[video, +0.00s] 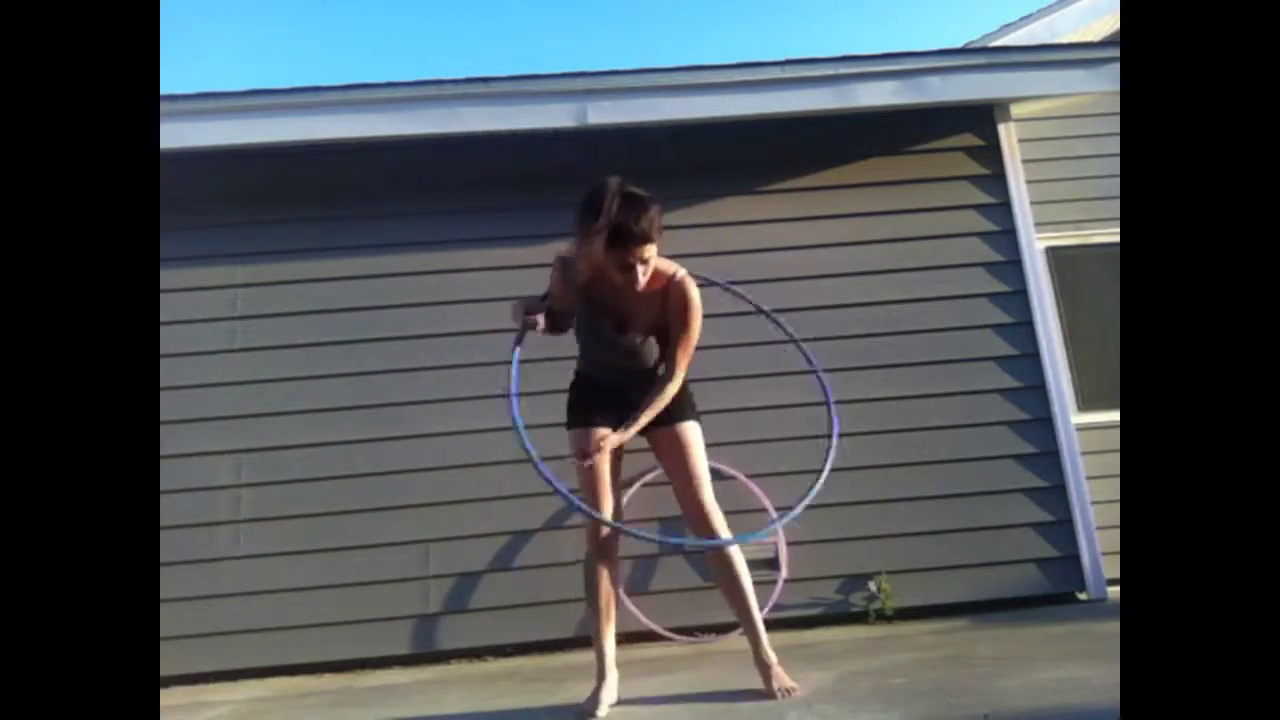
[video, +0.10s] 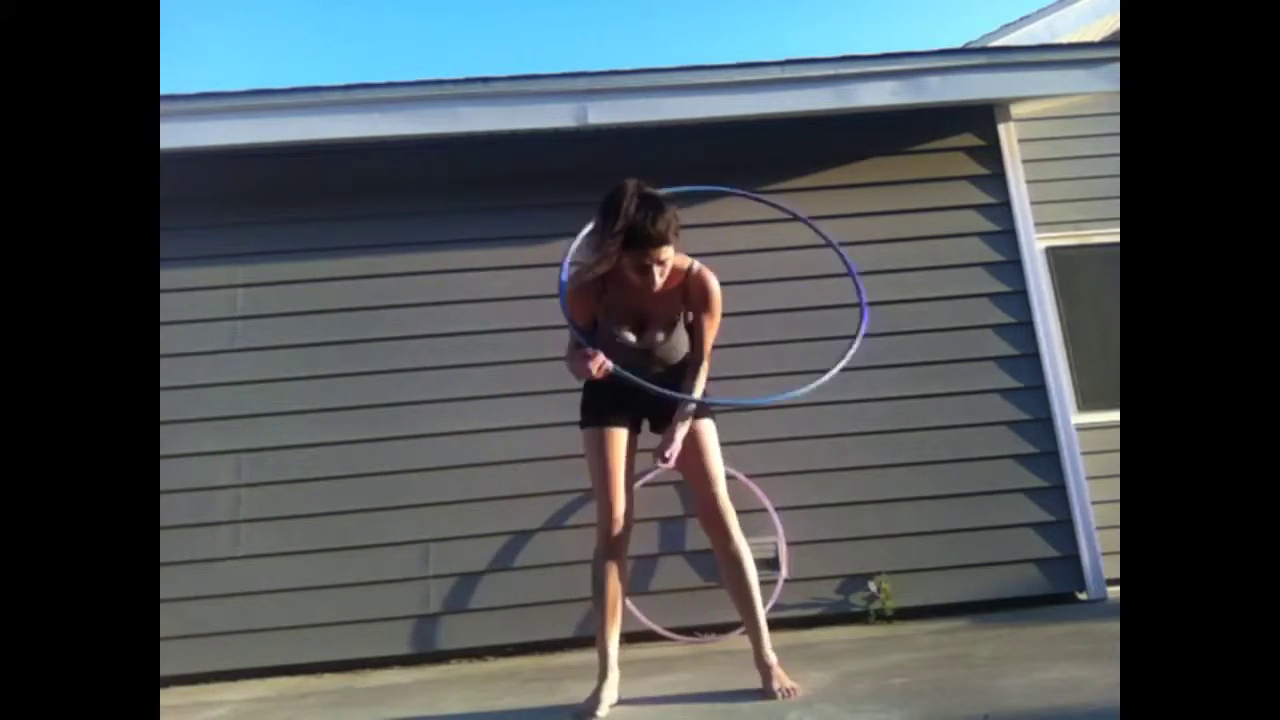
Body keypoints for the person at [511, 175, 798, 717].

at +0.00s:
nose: (640, 272)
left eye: (648, 260)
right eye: (628, 263)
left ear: (660, 244)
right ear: (603, 247)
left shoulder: (680, 290)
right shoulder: (575, 267)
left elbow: (674, 378)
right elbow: (559, 320)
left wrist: (626, 432)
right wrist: (535, 316)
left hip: (661, 387)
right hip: (596, 390)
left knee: (705, 515)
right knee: (602, 532)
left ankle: (765, 655)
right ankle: (606, 676)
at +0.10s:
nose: (656, 273)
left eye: (664, 261)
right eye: (645, 264)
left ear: (676, 245)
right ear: (620, 253)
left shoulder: (698, 283)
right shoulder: (588, 290)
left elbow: (700, 362)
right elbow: (576, 355)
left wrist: (681, 425)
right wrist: (585, 367)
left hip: (679, 383)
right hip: (612, 385)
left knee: (721, 516)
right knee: (613, 527)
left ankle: (766, 657)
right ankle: (608, 676)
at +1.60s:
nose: (613, 197)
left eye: (611, 187)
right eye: (608, 188)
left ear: (563, 192)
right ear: (587, 194)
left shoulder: (533, 239)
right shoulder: (596, 243)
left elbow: (557, 319)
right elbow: (614, 331)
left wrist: (611, 360)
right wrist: (649, 385)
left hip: (521, 385)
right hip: (564, 384)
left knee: (579, 531)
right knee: (597, 537)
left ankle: (569, 669)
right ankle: (550, 681)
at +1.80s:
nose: (593, 219)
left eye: (596, 209)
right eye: (586, 208)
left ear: (581, 207)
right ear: (552, 203)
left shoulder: (574, 253)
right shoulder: (531, 249)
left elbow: (604, 331)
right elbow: (546, 339)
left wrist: (646, 393)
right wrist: (590, 404)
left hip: (563, 392)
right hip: (527, 396)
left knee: (613, 520)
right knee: (577, 529)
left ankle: (571, 655)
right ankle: (543, 686)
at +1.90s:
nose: (579, 222)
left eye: (584, 211)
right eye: (569, 210)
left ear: (586, 207)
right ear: (538, 206)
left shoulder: (578, 256)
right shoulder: (510, 256)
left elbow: (598, 341)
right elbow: (525, 354)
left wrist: (623, 406)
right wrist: (562, 422)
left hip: (570, 389)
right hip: (524, 394)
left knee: (607, 523)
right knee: (566, 526)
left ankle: (567, 657)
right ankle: (540, 684)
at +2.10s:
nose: (545, 210)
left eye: (549, 198)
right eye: (531, 204)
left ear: (560, 196)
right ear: (508, 212)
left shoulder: (589, 247)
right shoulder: (497, 270)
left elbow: (612, 331)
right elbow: (481, 354)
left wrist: (567, 376)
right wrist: (478, 429)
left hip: (577, 395)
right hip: (516, 399)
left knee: (582, 536)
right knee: (545, 526)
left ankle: (547, 676)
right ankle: (539, 685)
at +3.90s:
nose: (744, 216)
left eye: (751, 204)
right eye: (731, 206)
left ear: (762, 203)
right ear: (707, 210)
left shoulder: (782, 259)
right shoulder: (678, 277)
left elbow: (786, 342)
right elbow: (645, 353)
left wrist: (757, 402)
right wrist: (673, 413)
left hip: (744, 401)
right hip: (678, 404)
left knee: (805, 510)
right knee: (683, 525)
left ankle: (846, 652)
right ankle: (681, 664)